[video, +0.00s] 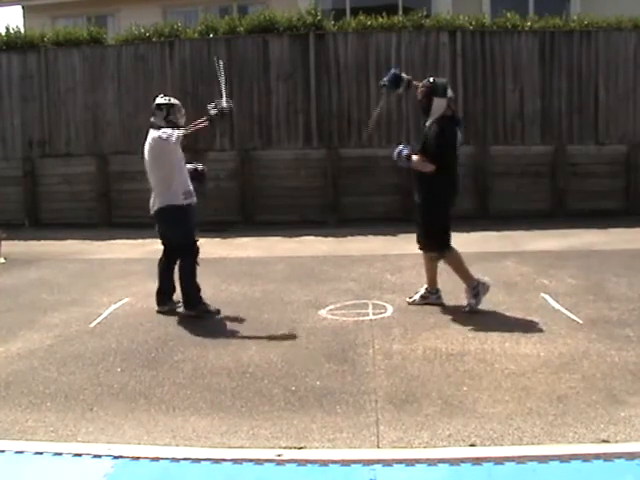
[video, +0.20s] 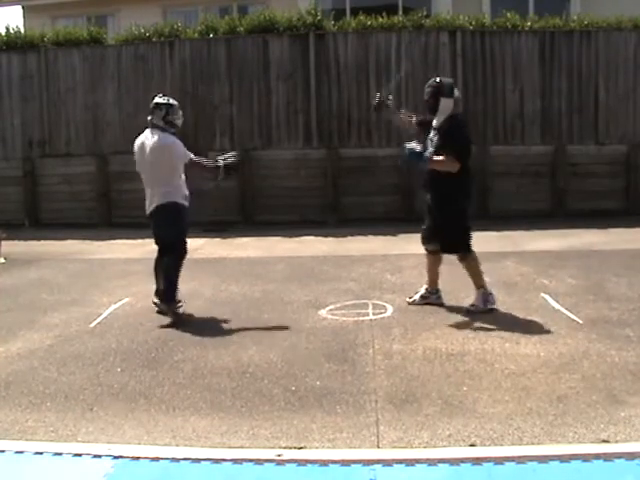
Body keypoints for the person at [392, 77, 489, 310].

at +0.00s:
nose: (419, 100)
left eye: (423, 96)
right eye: (420, 96)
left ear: (433, 100)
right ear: (440, 100)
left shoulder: (439, 127)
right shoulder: (443, 120)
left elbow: (430, 164)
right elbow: (429, 93)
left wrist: (407, 158)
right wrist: (407, 82)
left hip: (436, 194)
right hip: (431, 192)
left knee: (439, 243)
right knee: (428, 241)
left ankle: (474, 285)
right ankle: (431, 289)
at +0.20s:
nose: (427, 101)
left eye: (431, 96)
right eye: (427, 96)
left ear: (443, 100)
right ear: (441, 100)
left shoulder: (455, 125)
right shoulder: (437, 123)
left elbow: (454, 164)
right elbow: (411, 122)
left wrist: (424, 159)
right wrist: (388, 110)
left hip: (451, 198)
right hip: (438, 196)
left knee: (459, 247)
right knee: (432, 243)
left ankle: (483, 293)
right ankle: (431, 290)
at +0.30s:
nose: (433, 103)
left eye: (438, 98)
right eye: (433, 98)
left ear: (451, 100)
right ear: (444, 100)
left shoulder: (465, 125)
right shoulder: (442, 125)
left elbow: (459, 160)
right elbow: (419, 148)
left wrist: (432, 148)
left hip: (465, 199)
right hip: (447, 198)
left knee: (474, 247)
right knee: (439, 243)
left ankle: (486, 295)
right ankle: (433, 290)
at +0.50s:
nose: (438, 101)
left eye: (443, 96)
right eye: (438, 96)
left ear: (456, 99)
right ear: (448, 100)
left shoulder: (472, 125)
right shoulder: (448, 126)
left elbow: (467, 155)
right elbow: (437, 159)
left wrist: (440, 143)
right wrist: (422, 183)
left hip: (474, 198)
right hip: (453, 197)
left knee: (479, 247)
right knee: (444, 242)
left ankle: (486, 295)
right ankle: (438, 290)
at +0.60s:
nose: (439, 101)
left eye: (443, 96)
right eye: (439, 96)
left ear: (457, 99)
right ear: (450, 100)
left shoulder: (474, 126)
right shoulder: (450, 126)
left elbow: (474, 157)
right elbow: (441, 158)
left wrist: (447, 152)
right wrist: (425, 181)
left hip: (473, 199)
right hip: (452, 197)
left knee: (477, 247)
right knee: (443, 242)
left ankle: (486, 295)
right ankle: (437, 290)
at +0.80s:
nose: (440, 105)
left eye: (443, 100)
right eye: (439, 100)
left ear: (457, 101)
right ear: (450, 101)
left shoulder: (474, 127)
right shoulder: (449, 126)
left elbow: (484, 158)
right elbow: (439, 157)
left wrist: (464, 171)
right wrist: (416, 172)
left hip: (469, 199)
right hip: (446, 196)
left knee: (473, 249)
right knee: (427, 238)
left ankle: (486, 295)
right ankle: (431, 288)